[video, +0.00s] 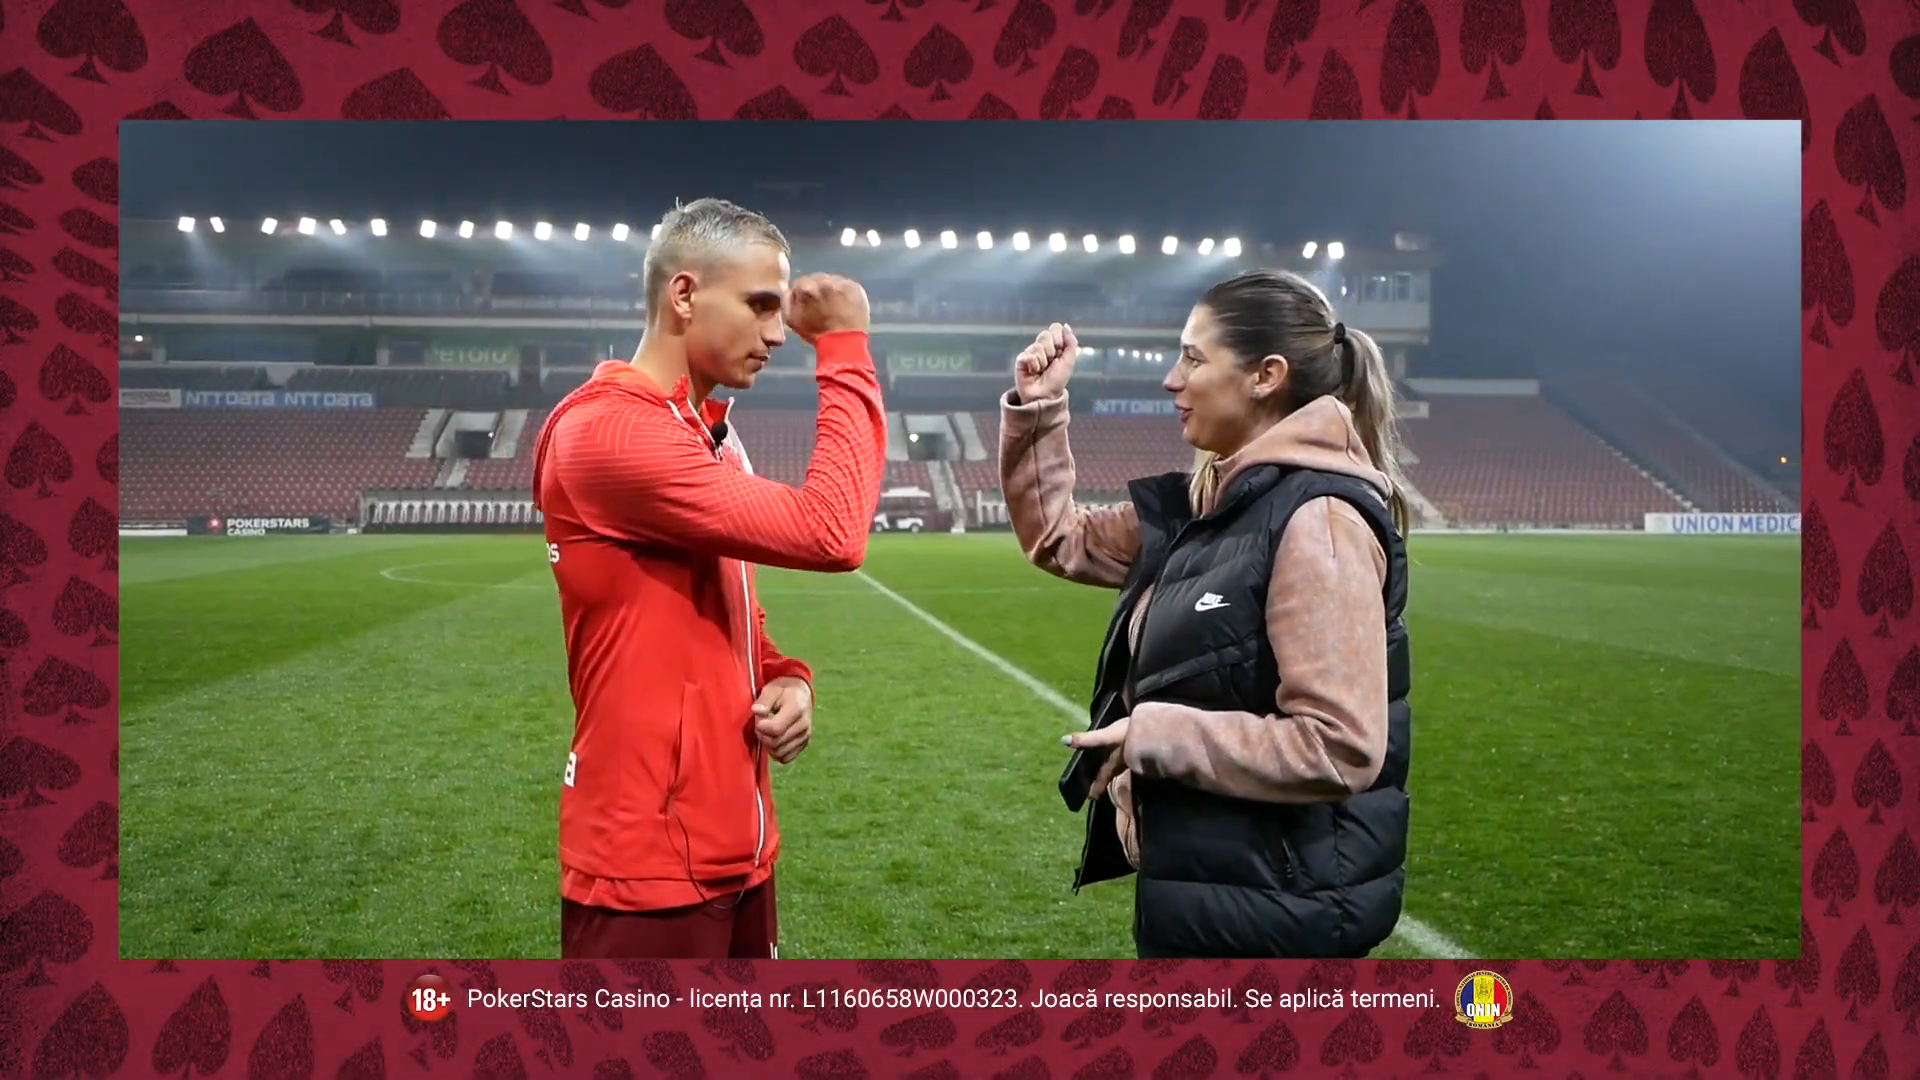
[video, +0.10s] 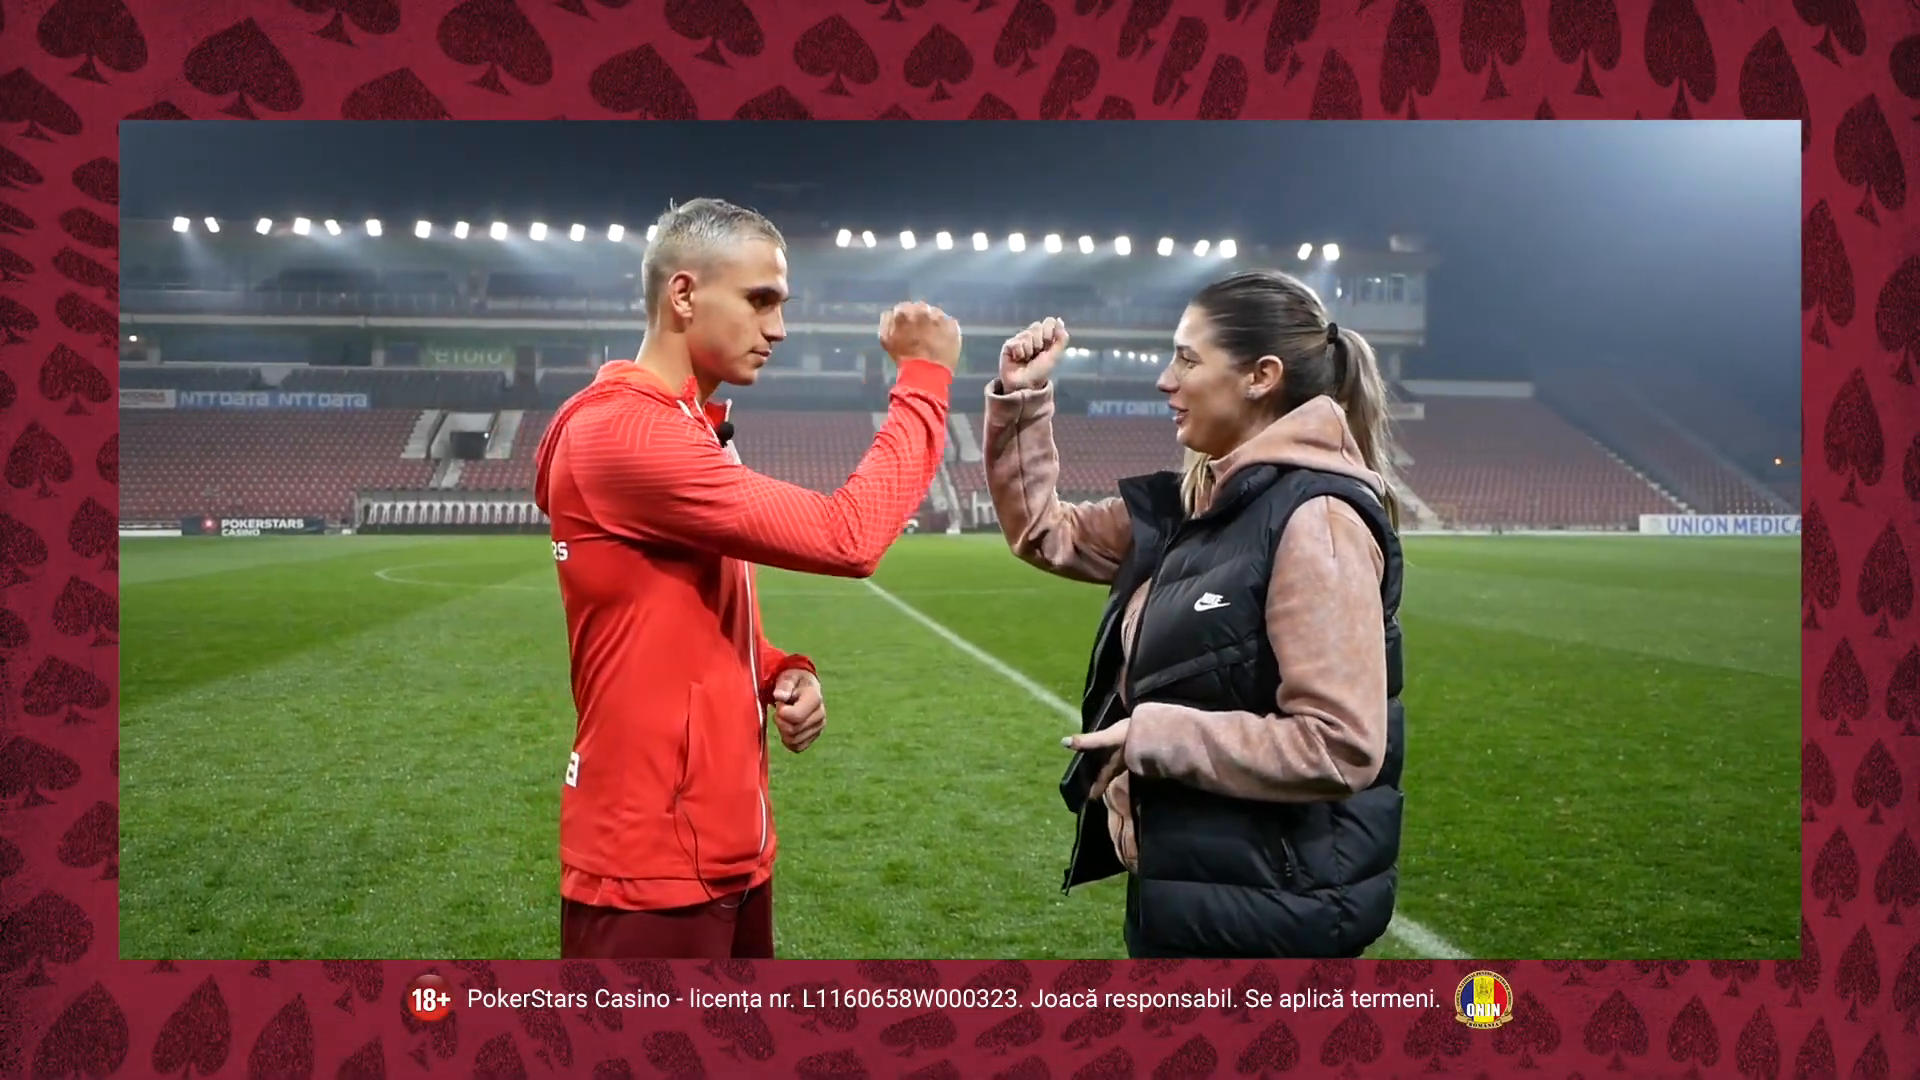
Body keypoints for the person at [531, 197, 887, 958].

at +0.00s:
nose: (778, 333)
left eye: (778, 310)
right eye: (759, 304)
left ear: (690, 300)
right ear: (683, 296)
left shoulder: (710, 434)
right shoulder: (605, 431)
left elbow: (734, 621)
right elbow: (832, 531)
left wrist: (786, 680)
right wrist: (845, 343)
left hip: (735, 856)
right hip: (645, 870)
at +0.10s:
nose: (779, 327)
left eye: (780, 304)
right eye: (761, 299)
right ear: (683, 296)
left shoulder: (693, 427)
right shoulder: (619, 432)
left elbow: (704, 622)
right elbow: (848, 535)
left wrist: (780, 674)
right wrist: (925, 379)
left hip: (727, 856)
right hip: (650, 870)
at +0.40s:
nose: (772, 319)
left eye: (774, 295)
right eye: (753, 290)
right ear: (675, 291)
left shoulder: (711, 430)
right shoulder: (613, 426)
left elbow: (742, 610)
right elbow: (821, 552)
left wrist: (795, 669)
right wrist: (925, 413)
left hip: (741, 848)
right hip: (658, 860)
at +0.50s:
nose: (771, 314)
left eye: (772, 293)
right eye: (750, 287)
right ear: (671, 291)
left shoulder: (731, 442)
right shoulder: (608, 435)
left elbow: (761, 607)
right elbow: (745, 610)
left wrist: (810, 660)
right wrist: (882, 503)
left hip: (752, 847)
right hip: (659, 860)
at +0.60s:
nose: (772, 316)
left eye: (773, 294)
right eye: (750, 290)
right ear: (671, 294)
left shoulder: (742, 443)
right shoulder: (603, 434)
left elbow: (803, 600)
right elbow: (670, 636)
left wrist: (758, 663)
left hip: (758, 849)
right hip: (660, 862)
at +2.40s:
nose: (819, 329)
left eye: (818, 306)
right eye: (796, 304)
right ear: (718, 308)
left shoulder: (809, 456)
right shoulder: (650, 459)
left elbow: (903, 623)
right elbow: (752, 678)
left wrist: (780, 617)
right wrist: (849, 647)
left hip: (809, 849)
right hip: (713, 864)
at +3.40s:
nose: (826, 350)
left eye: (833, 327)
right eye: (806, 323)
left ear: (836, 323)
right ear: (733, 313)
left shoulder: (823, 456)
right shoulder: (663, 456)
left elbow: (907, 627)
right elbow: (748, 679)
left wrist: (782, 619)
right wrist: (846, 650)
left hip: (812, 841)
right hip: (714, 853)